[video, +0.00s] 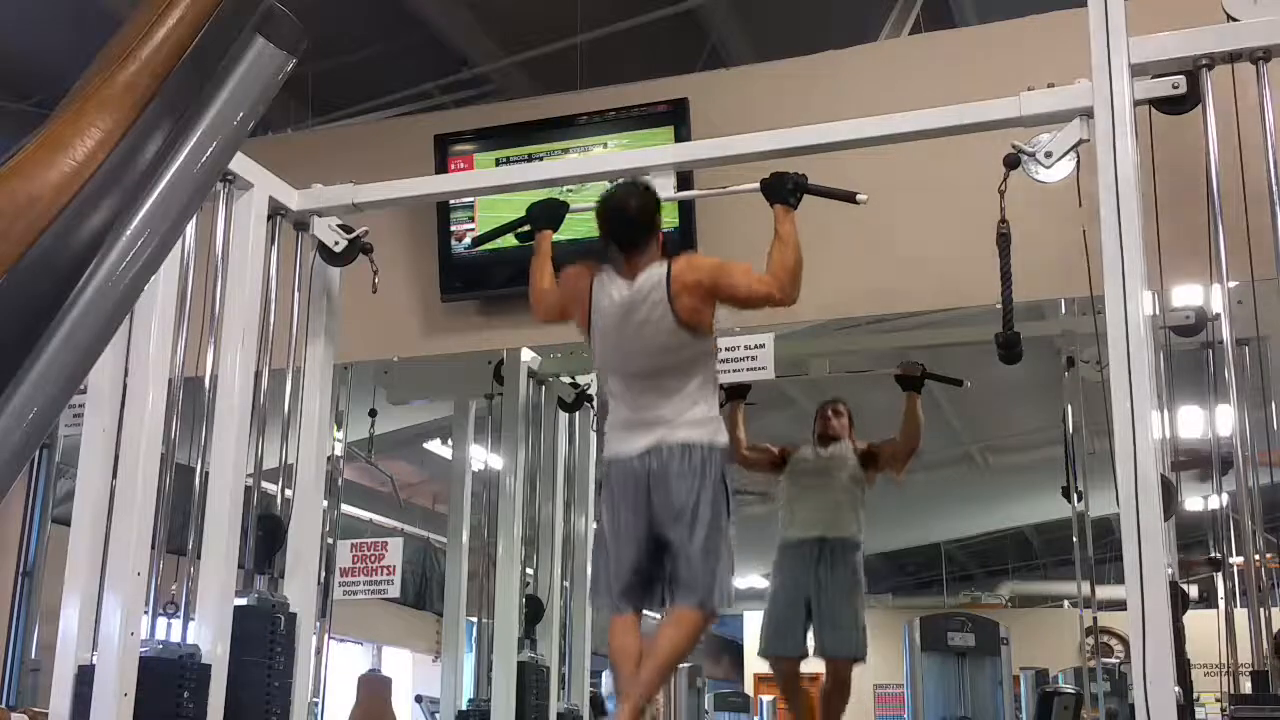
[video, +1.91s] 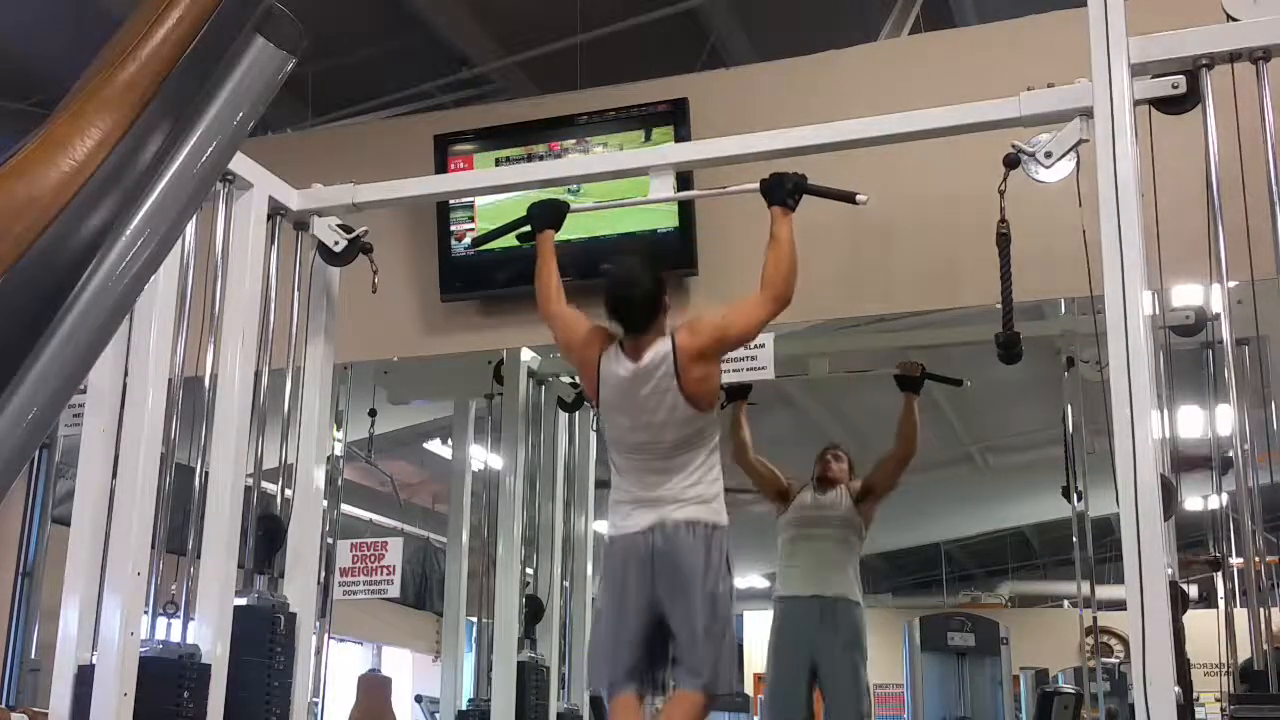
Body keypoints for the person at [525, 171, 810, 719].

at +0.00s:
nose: (659, 224)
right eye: (657, 218)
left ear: (605, 235)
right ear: (660, 226)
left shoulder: (588, 285)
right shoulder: (693, 273)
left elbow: (543, 302)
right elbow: (781, 288)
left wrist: (542, 238)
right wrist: (785, 210)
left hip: (622, 458)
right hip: (691, 452)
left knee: (622, 601)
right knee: (696, 596)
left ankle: (630, 715)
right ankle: (631, 708)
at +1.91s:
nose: (672, 292)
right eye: (668, 286)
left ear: (611, 310)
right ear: (665, 301)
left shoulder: (594, 354)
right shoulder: (699, 340)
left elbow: (551, 306)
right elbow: (775, 296)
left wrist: (544, 237)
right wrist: (782, 210)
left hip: (626, 533)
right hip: (693, 529)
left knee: (623, 684)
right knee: (693, 681)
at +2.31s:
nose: (654, 229)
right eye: (656, 223)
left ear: (608, 238)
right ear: (661, 230)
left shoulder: (586, 288)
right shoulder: (695, 277)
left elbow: (541, 303)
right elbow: (783, 289)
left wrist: (543, 237)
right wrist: (785, 210)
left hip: (626, 463)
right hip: (692, 458)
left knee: (620, 602)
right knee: (697, 600)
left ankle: (627, 716)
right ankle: (622, 712)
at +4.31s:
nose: (672, 298)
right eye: (669, 292)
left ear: (607, 313)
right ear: (664, 305)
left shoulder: (593, 356)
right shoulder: (699, 343)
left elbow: (551, 303)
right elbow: (771, 297)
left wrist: (546, 235)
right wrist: (782, 212)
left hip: (624, 541)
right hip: (692, 538)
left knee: (617, 691)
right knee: (691, 687)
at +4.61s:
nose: (664, 235)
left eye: (654, 230)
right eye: (661, 230)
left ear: (610, 247)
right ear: (660, 239)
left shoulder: (589, 293)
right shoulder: (693, 286)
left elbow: (542, 308)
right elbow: (784, 289)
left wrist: (543, 236)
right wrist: (785, 211)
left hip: (627, 471)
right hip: (691, 467)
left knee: (617, 605)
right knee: (701, 607)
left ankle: (617, 716)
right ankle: (614, 710)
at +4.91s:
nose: (669, 165)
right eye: (667, 159)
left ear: (614, 180)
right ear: (667, 171)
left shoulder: (590, 234)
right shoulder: (698, 226)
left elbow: (542, 304)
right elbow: (777, 278)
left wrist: (542, 234)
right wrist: (785, 206)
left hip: (635, 396)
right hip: (697, 389)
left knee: (641, 540)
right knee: (702, 534)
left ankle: (656, 667)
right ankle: (633, 662)